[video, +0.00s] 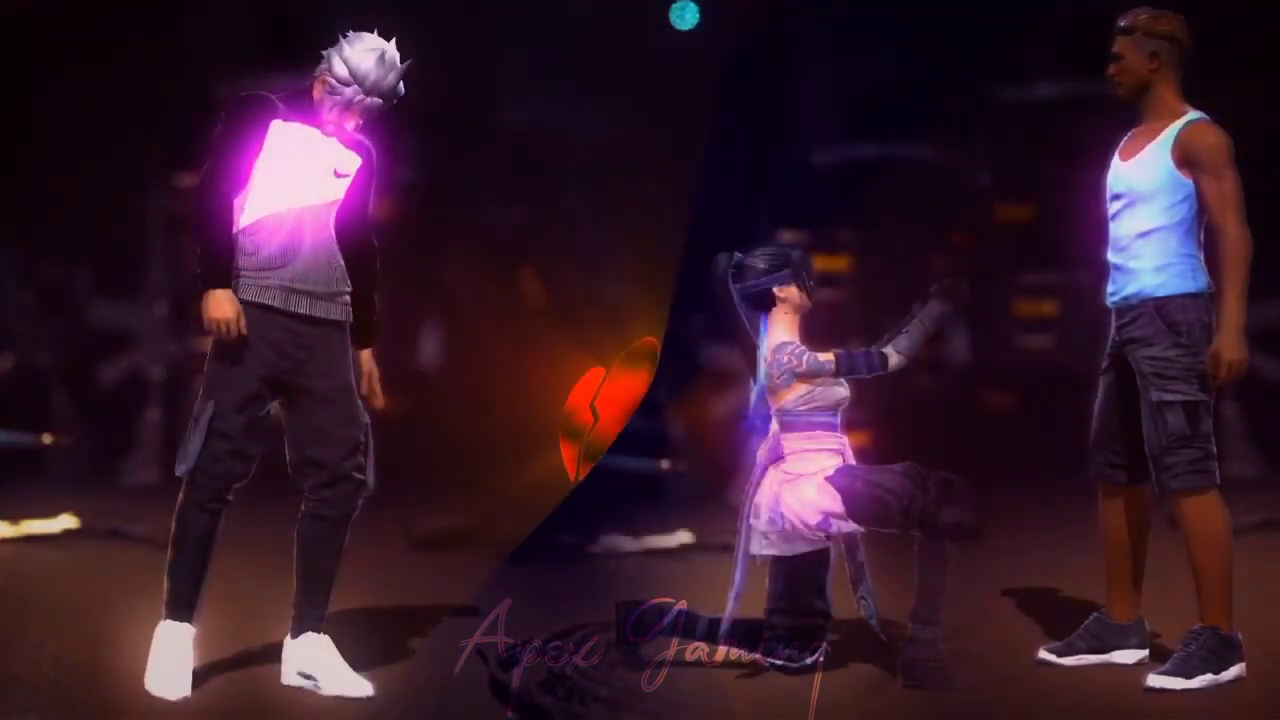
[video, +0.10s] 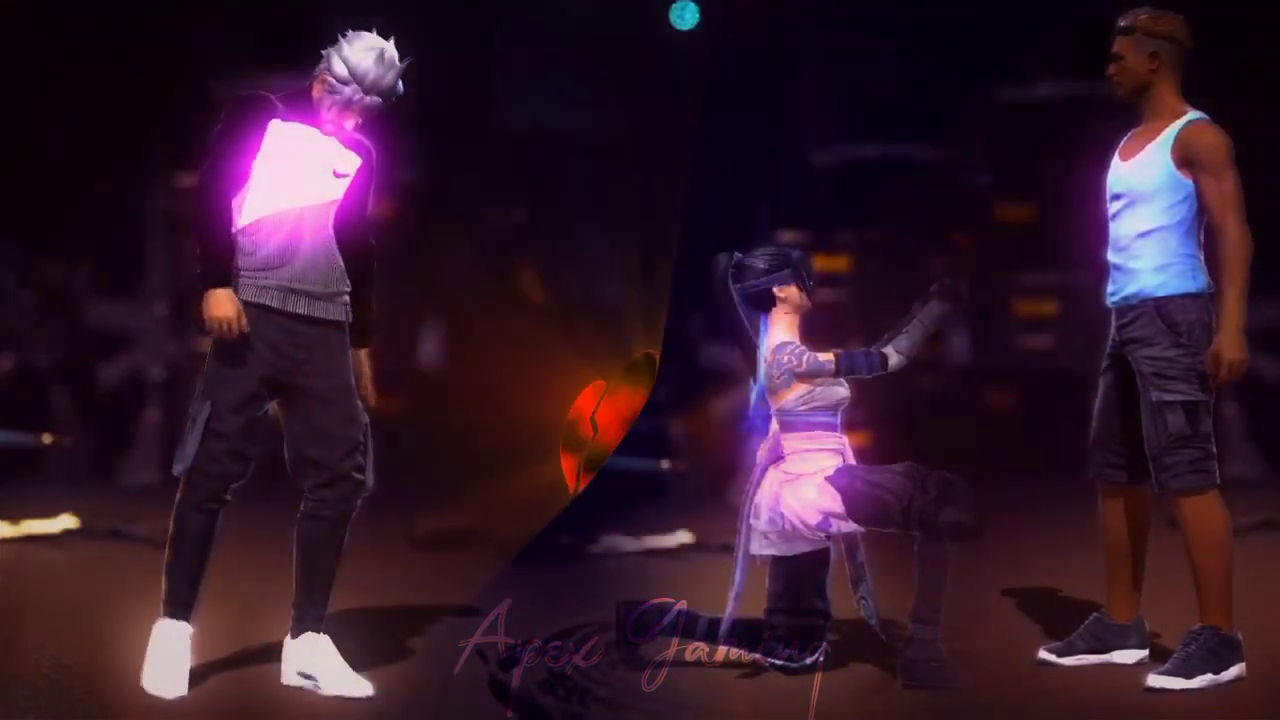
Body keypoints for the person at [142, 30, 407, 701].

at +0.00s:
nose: (352, 119)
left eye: (366, 110)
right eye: (347, 101)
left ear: (377, 107)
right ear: (323, 82)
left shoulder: (370, 153)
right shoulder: (258, 118)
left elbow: (367, 251)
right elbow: (214, 197)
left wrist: (365, 342)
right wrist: (216, 282)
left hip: (329, 335)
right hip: (253, 321)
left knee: (338, 480)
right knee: (214, 472)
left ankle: (307, 638)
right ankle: (177, 627)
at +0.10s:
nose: (350, 118)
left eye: (364, 109)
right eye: (345, 100)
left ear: (376, 108)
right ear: (321, 83)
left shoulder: (369, 156)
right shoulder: (257, 119)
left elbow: (367, 254)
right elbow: (213, 196)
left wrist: (363, 342)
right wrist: (216, 281)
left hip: (328, 334)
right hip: (252, 320)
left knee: (337, 480)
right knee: (212, 473)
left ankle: (307, 638)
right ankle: (175, 626)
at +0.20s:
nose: (348, 116)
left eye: (362, 108)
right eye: (341, 98)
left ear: (375, 107)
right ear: (319, 82)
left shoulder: (369, 157)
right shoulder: (257, 122)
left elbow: (361, 255)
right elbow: (213, 197)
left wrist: (353, 345)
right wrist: (217, 279)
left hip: (325, 333)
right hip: (250, 319)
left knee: (334, 479)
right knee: (208, 473)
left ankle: (307, 637)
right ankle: (172, 625)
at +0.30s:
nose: (344, 115)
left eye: (359, 107)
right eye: (338, 96)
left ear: (372, 107)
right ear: (315, 81)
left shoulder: (364, 154)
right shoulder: (251, 118)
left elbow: (358, 227)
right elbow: (208, 198)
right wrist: (218, 277)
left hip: (319, 331)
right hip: (244, 318)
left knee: (333, 478)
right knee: (203, 471)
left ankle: (306, 637)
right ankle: (169, 623)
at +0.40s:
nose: (343, 114)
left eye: (358, 106)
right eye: (336, 95)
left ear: (371, 105)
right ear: (314, 81)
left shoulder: (365, 154)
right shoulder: (252, 115)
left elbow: (351, 233)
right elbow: (207, 196)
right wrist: (217, 277)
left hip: (317, 332)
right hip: (242, 320)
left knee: (332, 478)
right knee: (201, 471)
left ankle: (306, 637)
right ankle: (168, 623)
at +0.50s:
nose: (342, 114)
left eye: (358, 106)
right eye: (336, 96)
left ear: (372, 105)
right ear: (314, 80)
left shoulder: (366, 154)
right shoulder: (252, 115)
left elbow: (352, 233)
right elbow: (207, 196)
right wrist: (218, 277)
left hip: (317, 332)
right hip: (242, 320)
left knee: (332, 478)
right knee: (201, 471)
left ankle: (306, 637)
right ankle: (168, 623)